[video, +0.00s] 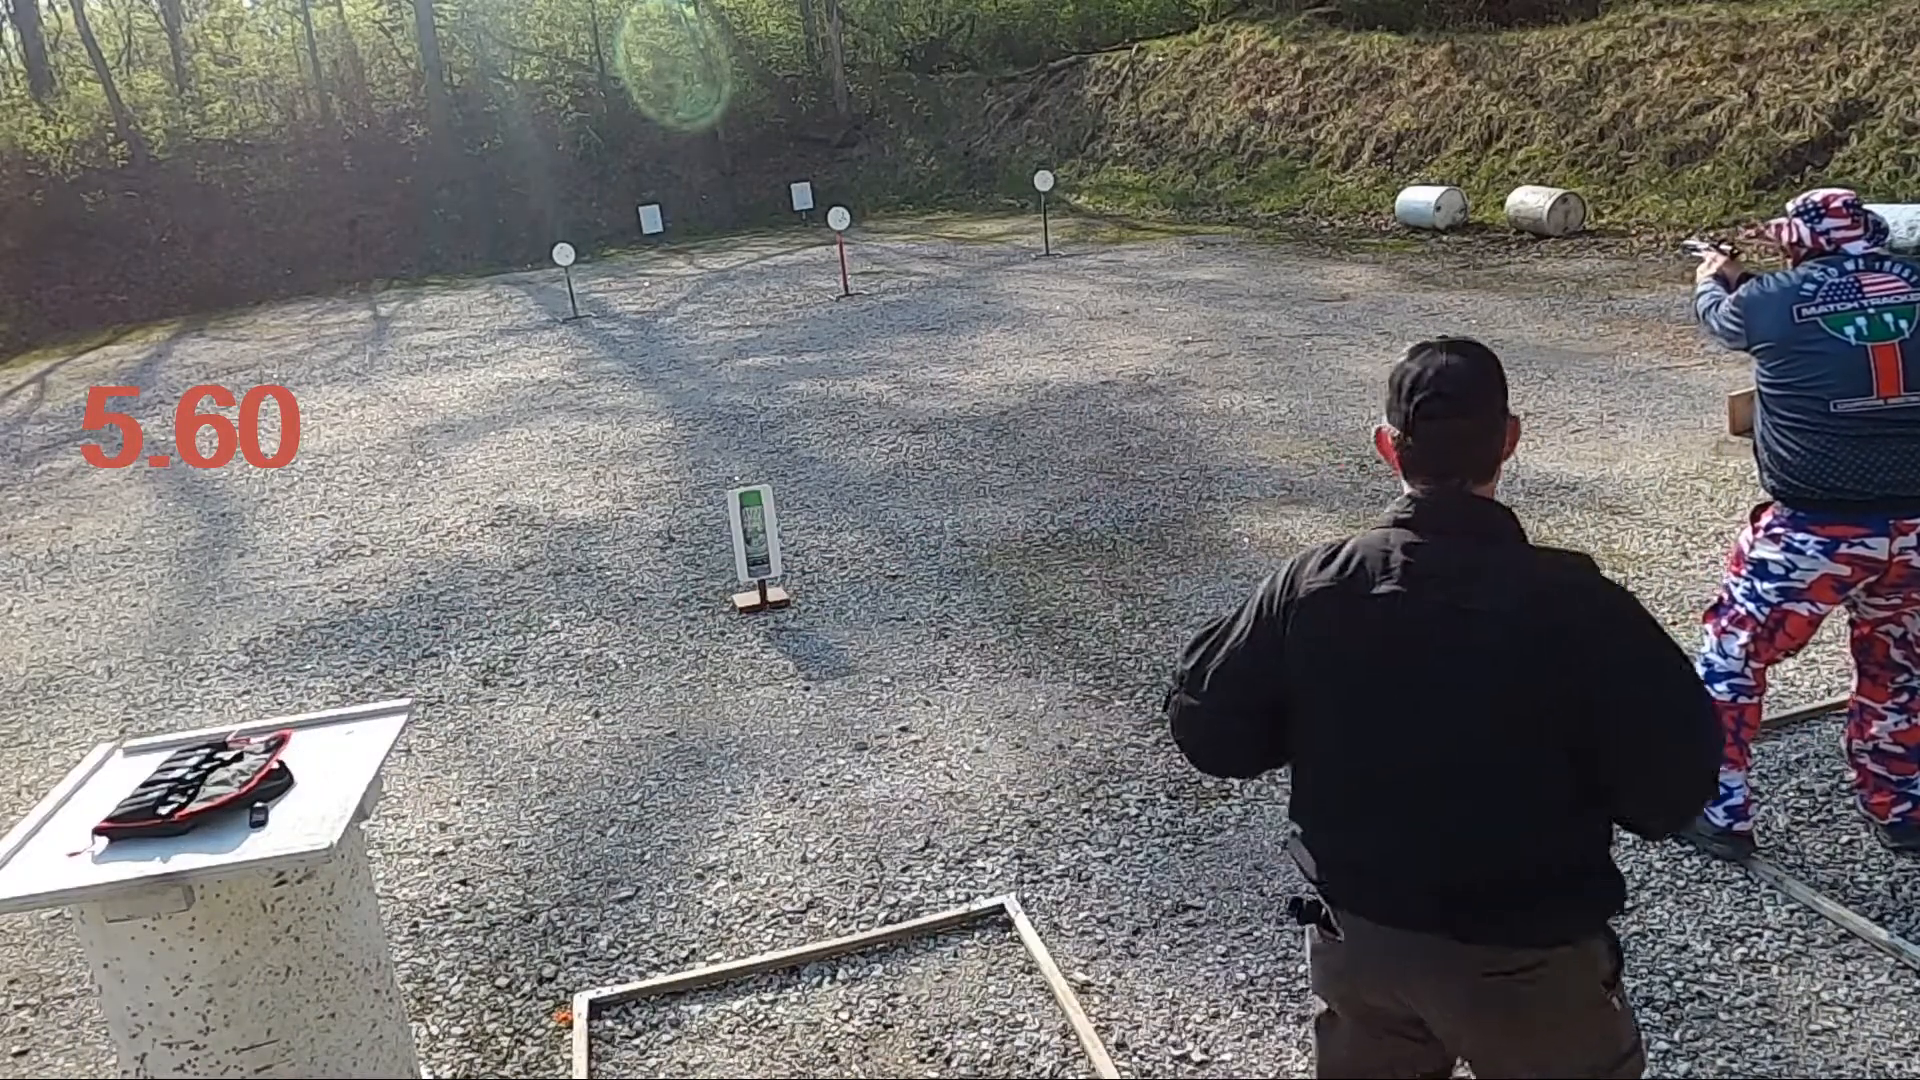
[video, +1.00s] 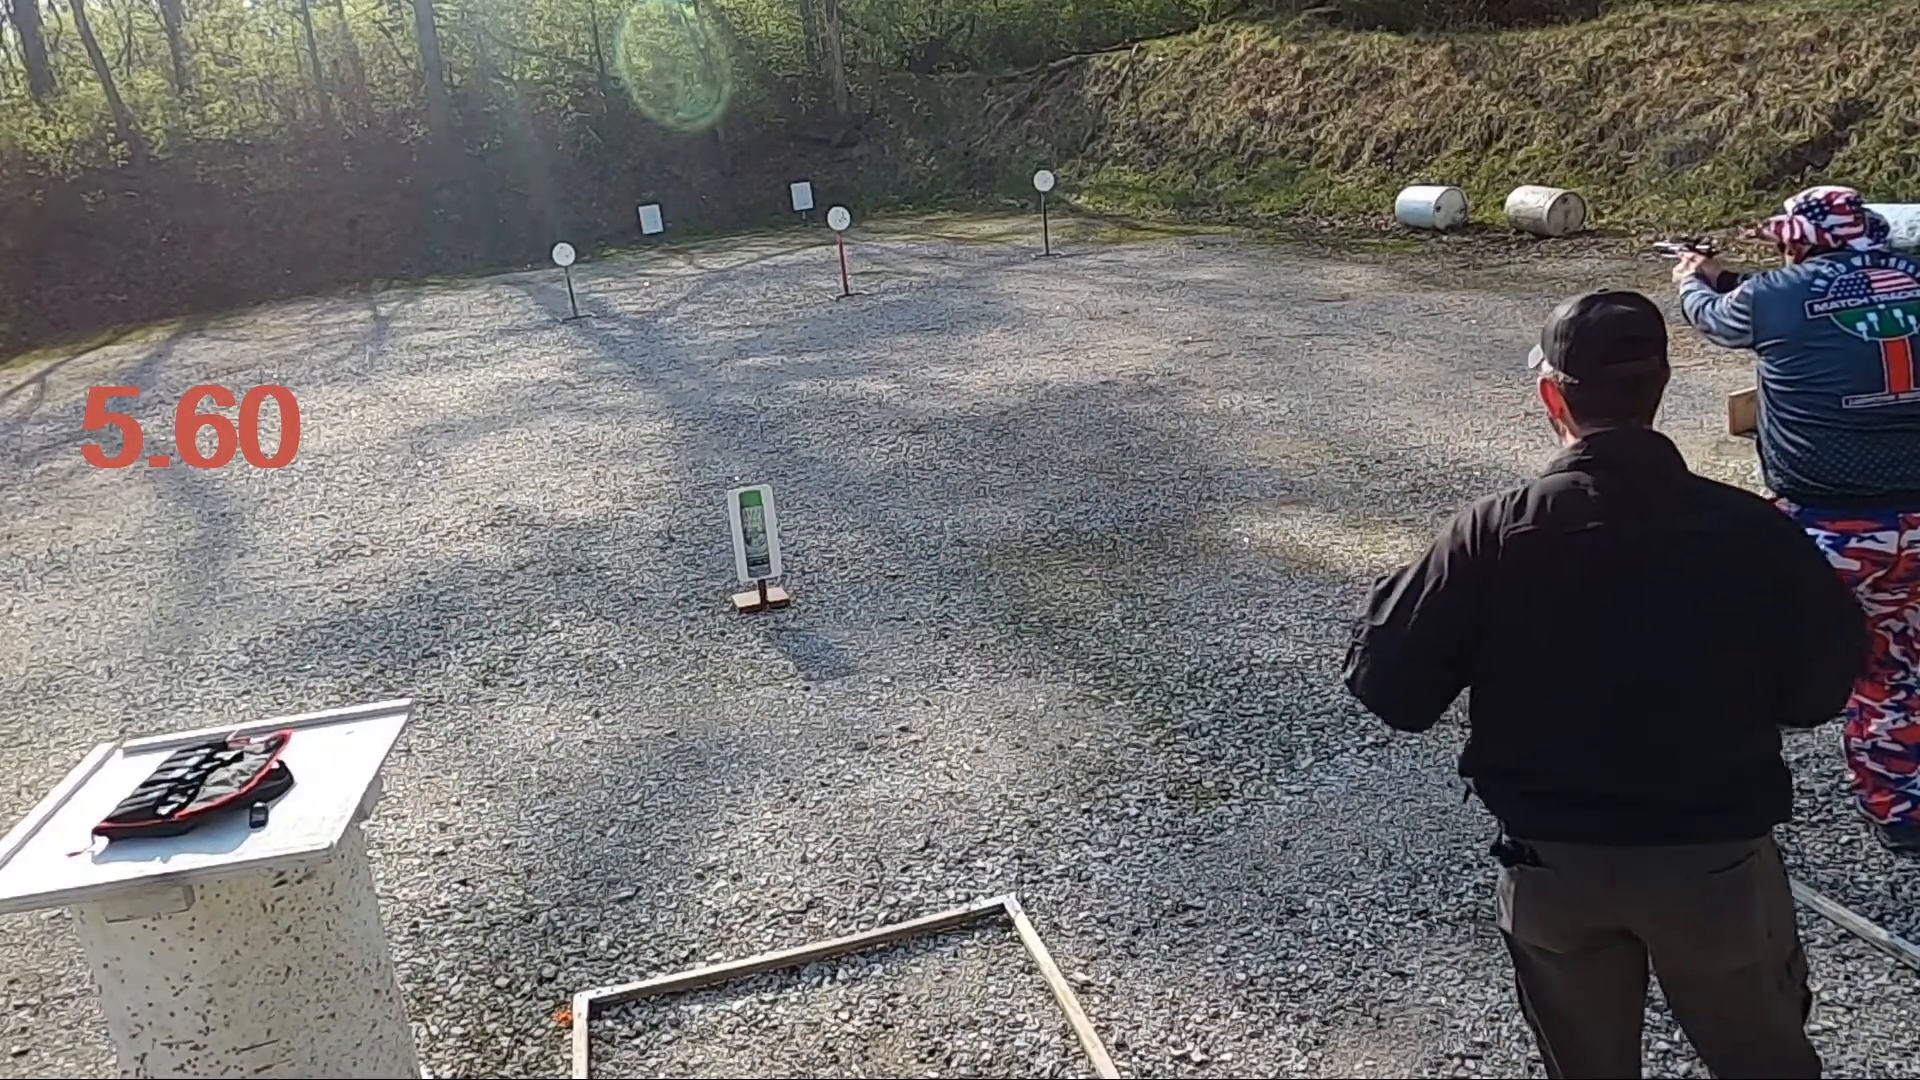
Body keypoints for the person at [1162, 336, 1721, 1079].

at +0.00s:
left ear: (1389, 448)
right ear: (1511, 440)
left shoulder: (1313, 589)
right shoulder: (1575, 600)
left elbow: (1206, 729)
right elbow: (1677, 785)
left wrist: (1328, 701)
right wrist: (1568, 751)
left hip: (1359, 955)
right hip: (1531, 972)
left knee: (1365, 1066)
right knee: (1594, 1066)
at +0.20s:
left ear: (1470, 421)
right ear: (1591, 410)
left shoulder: (1395, 566)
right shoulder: (1683, 574)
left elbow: (1287, 707)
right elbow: (1767, 747)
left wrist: (1406, 668)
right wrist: (1657, 700)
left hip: (1439, 913)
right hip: (1609, 935)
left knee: (1466, 1052)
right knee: (1623, 1066)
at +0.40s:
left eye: (1504, 400)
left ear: (1510, 416)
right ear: (1628, 404)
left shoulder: (1440, 557)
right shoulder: (1724, 562)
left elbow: (1337, 704)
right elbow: (1796, 728)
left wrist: (1451, 660)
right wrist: (1687, 687)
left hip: (1491, 914)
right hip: (1657, 921)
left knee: (1528, 1068)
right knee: (1657, 1067)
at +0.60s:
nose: (1510, 407)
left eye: (1513, 395)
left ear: (1522, 412)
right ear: (1633, 400)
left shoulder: (1454, 552)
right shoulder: (1729, 549)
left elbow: (1359, 698)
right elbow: (1802, 710)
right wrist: (1701, 673)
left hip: (1524, 899)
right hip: (1687, 899)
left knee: (1574, 1070)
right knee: (1710, 1067)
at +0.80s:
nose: (1526, 394)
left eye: (1525, 384)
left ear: (1535, 400)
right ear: (1645, 388)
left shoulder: (1467, 543)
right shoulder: (1737, 537)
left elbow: (1369, 686)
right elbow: (1811, 692)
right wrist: (1705, 666)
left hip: (1540, 880)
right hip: (1703, 877)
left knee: (1582, 1071)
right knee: (1760, 1055)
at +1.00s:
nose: (1543, 391)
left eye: (1543, 381)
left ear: (1553, 397)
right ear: (1661, 384)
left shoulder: (1493, 537)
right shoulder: (1756, 531)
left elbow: (1391, 687)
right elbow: (1829, 681)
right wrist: (1723, 673)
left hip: (1556, 878)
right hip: (1719, 876)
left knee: (1590, 1071)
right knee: (1771, 1065)